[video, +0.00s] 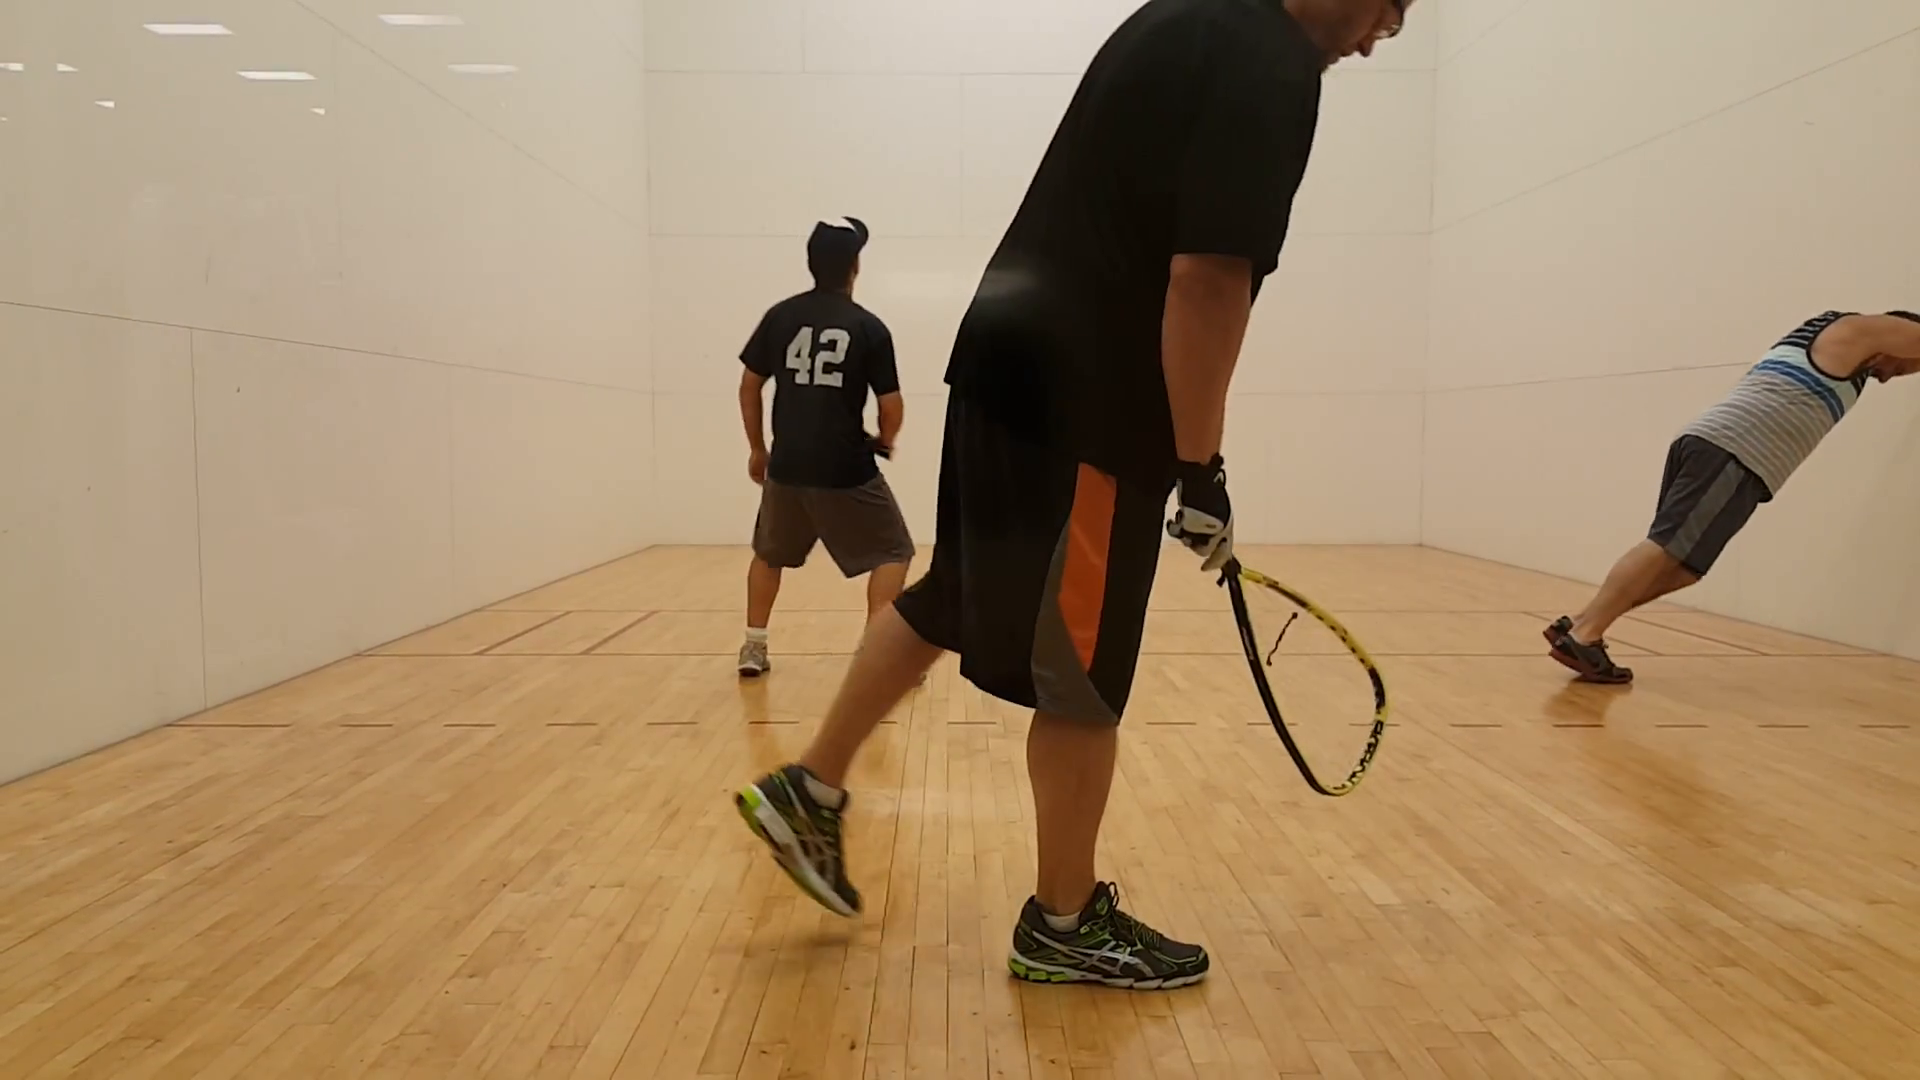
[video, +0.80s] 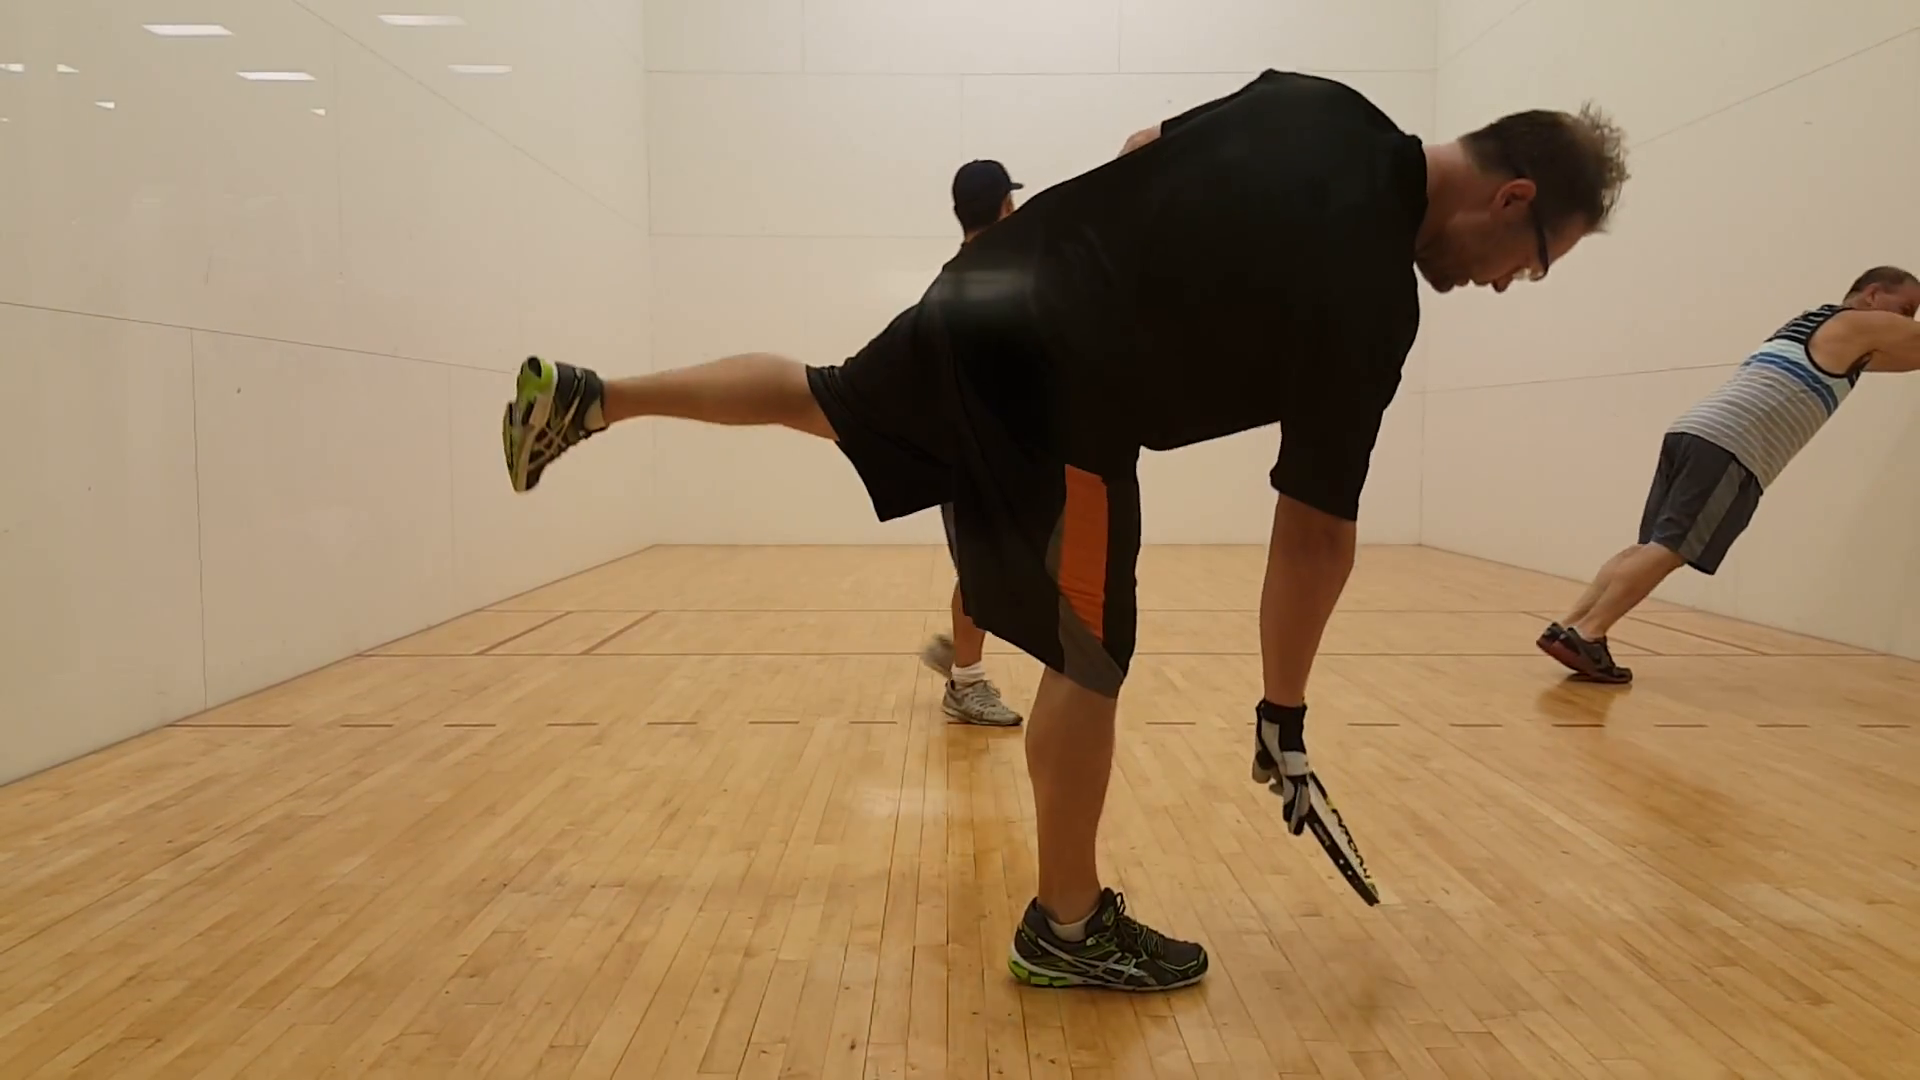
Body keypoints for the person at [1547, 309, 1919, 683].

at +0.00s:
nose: (1896, 377)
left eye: (1905, 371)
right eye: (1904, 366)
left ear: (1890, 343)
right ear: (1893, 342)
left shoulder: (1828, 343)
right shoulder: (1849, 332)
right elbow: (1919, 337)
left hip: (1721, 453)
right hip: (1729, 455)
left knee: (1686, 567)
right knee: (1667, 548)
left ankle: (1581, 624)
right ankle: (1583, 635)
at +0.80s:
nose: (1908, 319)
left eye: (1910, 310)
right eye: (1905, 308)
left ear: (1867, 295)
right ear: (1873, 294)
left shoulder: (1815, 325)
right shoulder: (1855, 325)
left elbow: (1908, 354)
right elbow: (1918, 342)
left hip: (1692, 433)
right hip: (1729, 450)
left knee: (1650, 545)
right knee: (1672, 549)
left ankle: (1571, 626)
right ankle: (1587, 634)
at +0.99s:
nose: (1898, 315)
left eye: (1899, 307)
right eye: (1892, 303)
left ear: (1849, 306)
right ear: (1851, 298)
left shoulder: (1810, 333)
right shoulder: (1847, 334)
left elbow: (1909, 356)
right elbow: (1917, 343)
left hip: (1676, 439)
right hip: (1716, 456)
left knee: (1634, 543)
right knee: (1710, 563)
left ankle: (1564, 633)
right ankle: (1607, 628)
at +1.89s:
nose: (1901, 313)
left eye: (1902, 306)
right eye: (1893, 301)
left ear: (1852, 309)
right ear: (1852, 302)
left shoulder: (1821, 340)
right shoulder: (1850, 341)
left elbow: (1906, 356)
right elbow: (1916, 350)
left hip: (1714, 454)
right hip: (1727, 463)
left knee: (1690, 574)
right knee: (1656, 546)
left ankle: (1582, 619)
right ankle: (1576, 638)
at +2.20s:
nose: (1903, 321)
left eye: (1904, 313)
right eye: (1895, 309)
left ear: (1854, 318)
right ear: (1853, 311)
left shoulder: (1827, 350)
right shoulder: (1852, 349)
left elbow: (1906, 360)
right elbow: (1917, 353)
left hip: (1717, 461)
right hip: (1728, 470)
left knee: (1706, 581)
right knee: (1651, 552)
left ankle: (1592, 616)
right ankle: (1572, 644)